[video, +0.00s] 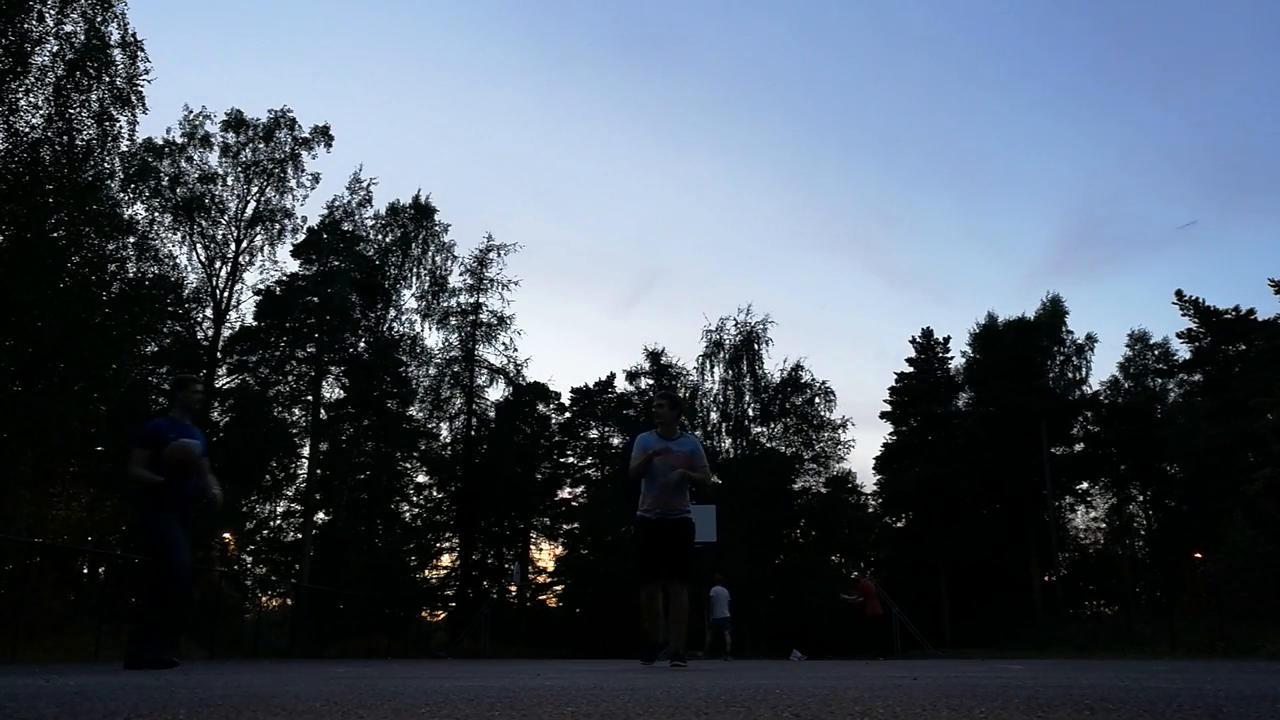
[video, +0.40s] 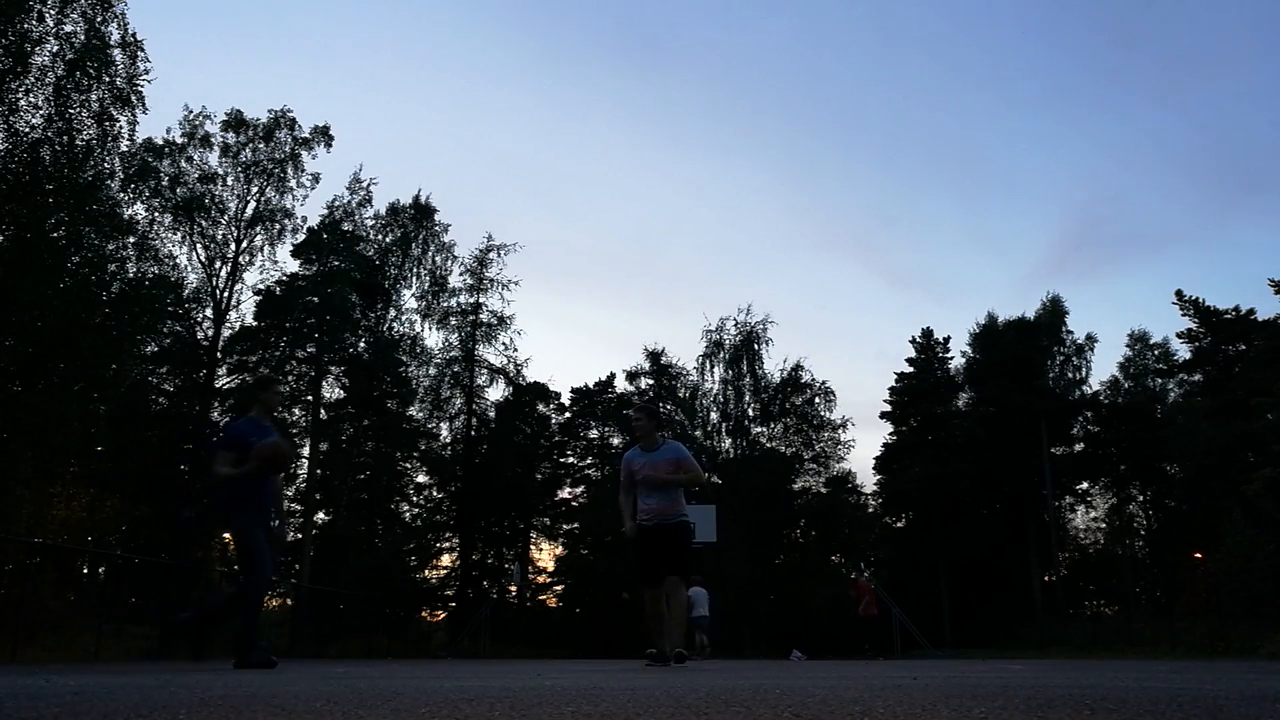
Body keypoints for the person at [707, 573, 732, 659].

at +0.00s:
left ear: (715, 582)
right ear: (722, 582)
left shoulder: (713, 590)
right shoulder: (725, 591)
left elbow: (711, 603)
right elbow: (728, 601)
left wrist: (710, 613)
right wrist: (726, 610)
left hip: (715, 615)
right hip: (725, 615)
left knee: (711, 632)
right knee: (726, 633)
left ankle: (709, 651)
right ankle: (728, 651)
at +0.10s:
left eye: (709, 583)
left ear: (709, 584)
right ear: (716, 584)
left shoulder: (708, 592)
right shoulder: (720, 592)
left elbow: (707, 605)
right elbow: (722, 603)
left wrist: (706, 615)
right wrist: (721, 612)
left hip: (711, 617)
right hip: (721, 616)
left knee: (707, 634)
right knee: (723, 634)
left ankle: (706, 651)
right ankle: (727, 651)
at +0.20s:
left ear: (702, 584)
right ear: (710, 584)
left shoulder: (702, 592)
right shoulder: (713, 593)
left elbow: (702, 605)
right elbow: (716, 604)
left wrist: (700, 613)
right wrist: (716, 612)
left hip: (705, 616)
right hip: (715, 616)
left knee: (703, 633)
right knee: (716, 633)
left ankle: (701, 651)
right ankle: (724, 648)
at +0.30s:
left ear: (696, 583)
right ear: (704, 583)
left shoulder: (696, 591)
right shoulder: (708, 591)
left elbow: (696, 603)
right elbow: (710, 603)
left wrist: (694, 612)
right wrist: (710, 611)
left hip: (700, 615)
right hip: (710, 614)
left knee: (700, 633)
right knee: (709, 633)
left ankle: (699, 651)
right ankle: (716, 645)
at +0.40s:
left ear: (692, 583)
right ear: (700, 583)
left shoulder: (691, 591)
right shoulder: (704, 591)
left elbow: (690, 603)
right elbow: (707, 601)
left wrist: (689, 611)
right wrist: (706, 610)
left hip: (695, 614)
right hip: (705, 614)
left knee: (696, 632)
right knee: (703, 632)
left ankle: (697, 649)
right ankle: (706, 647)